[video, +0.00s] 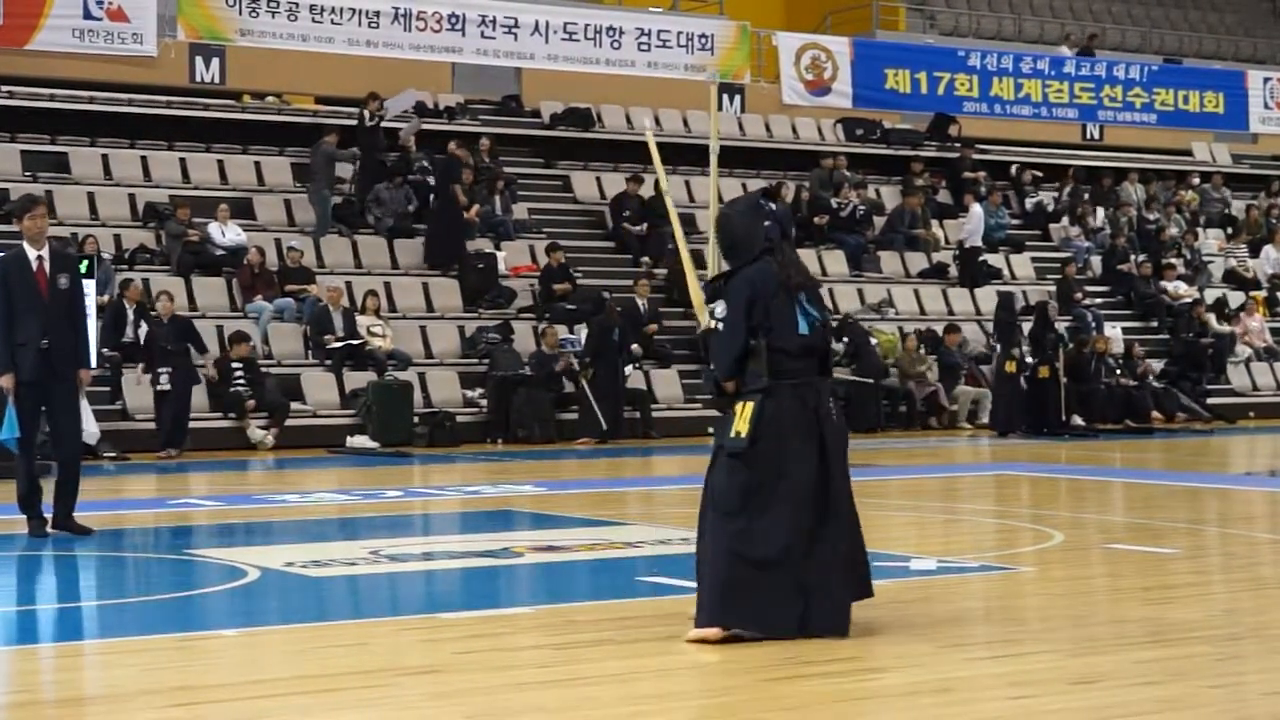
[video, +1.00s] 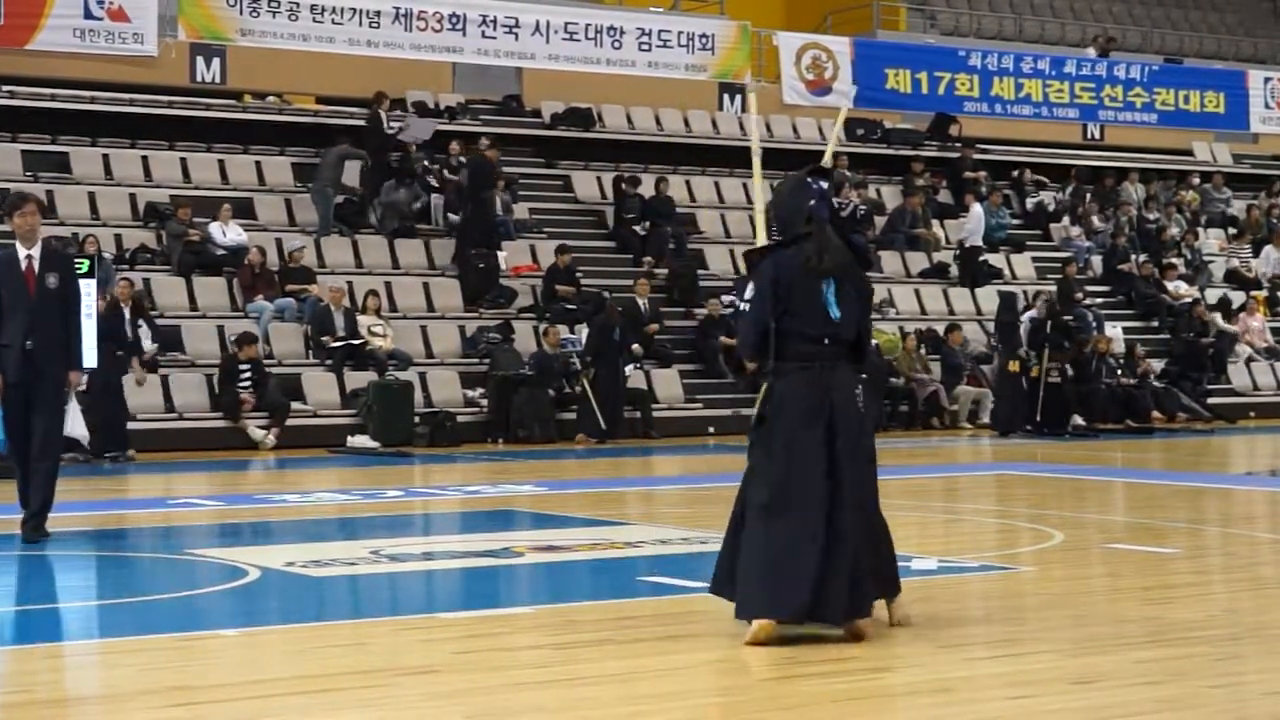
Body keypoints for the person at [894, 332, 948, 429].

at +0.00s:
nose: (913, 343)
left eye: (914, 341)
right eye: (910, 341)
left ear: (917, 343)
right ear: (905, 344)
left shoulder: (920, 356)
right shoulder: (901, 358)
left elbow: (929, 364)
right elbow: (908, 372)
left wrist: (922, 369)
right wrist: (924, 369)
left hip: (922, 380)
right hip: (909, 380)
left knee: (935, 389)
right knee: (911, 386)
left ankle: (932, 418)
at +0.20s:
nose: (910, 343)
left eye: (911, 340)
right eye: (907, 340)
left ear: (914, 342)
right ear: (901, 344)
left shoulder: (918, 355)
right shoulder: (900, 356)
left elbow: (927, 364)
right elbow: (907, 373)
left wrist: (918, 369)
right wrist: (923, 367)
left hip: (921, 380)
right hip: (908, 380)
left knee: (933, 390)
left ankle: (933, 418)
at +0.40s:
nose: (911, 343)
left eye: (913, 340)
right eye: (908, 340)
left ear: (916, 342)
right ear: (902, 344)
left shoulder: (921, 357)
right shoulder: (900, 357)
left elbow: (927, 371)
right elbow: (905, 373)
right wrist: (922, 370)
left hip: (922, 380)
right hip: (909, 381)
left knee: (935, 388)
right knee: (912, 386)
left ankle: (933, 418)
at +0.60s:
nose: (913, 343)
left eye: (915, 340)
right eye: (910, 340)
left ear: (916, 342)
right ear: (904, 343)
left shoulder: (920, 356)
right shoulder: (900, 358)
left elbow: (930, 371)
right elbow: (906, 375)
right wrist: (925, 374)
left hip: (924, 381)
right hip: (911, 383)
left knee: (935, 389)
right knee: (936, 388)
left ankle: (934, 418)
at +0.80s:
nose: (913, 343)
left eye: (915, 340)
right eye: (910, 340)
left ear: (917, 342)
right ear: (904, 343)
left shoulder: (920, 356)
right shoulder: (901, 357)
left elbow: (929, 371)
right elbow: (905, 374)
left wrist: (926, 377)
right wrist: (924, 377)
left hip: (924, 382)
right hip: (911, 382)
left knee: (934, 391)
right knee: (936, 388)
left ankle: (934, 418)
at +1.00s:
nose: (913, 343)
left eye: (915, 340)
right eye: (910, 340)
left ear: (917, 342)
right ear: (904, 343)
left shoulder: (920, 356)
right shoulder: (901, 357)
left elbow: (929, 371)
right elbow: (906, 374)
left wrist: (925, 377)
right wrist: (923, 377)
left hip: (924, 382)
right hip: (911, 383)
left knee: (934, 391)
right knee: (937, 388)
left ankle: (934, 418)